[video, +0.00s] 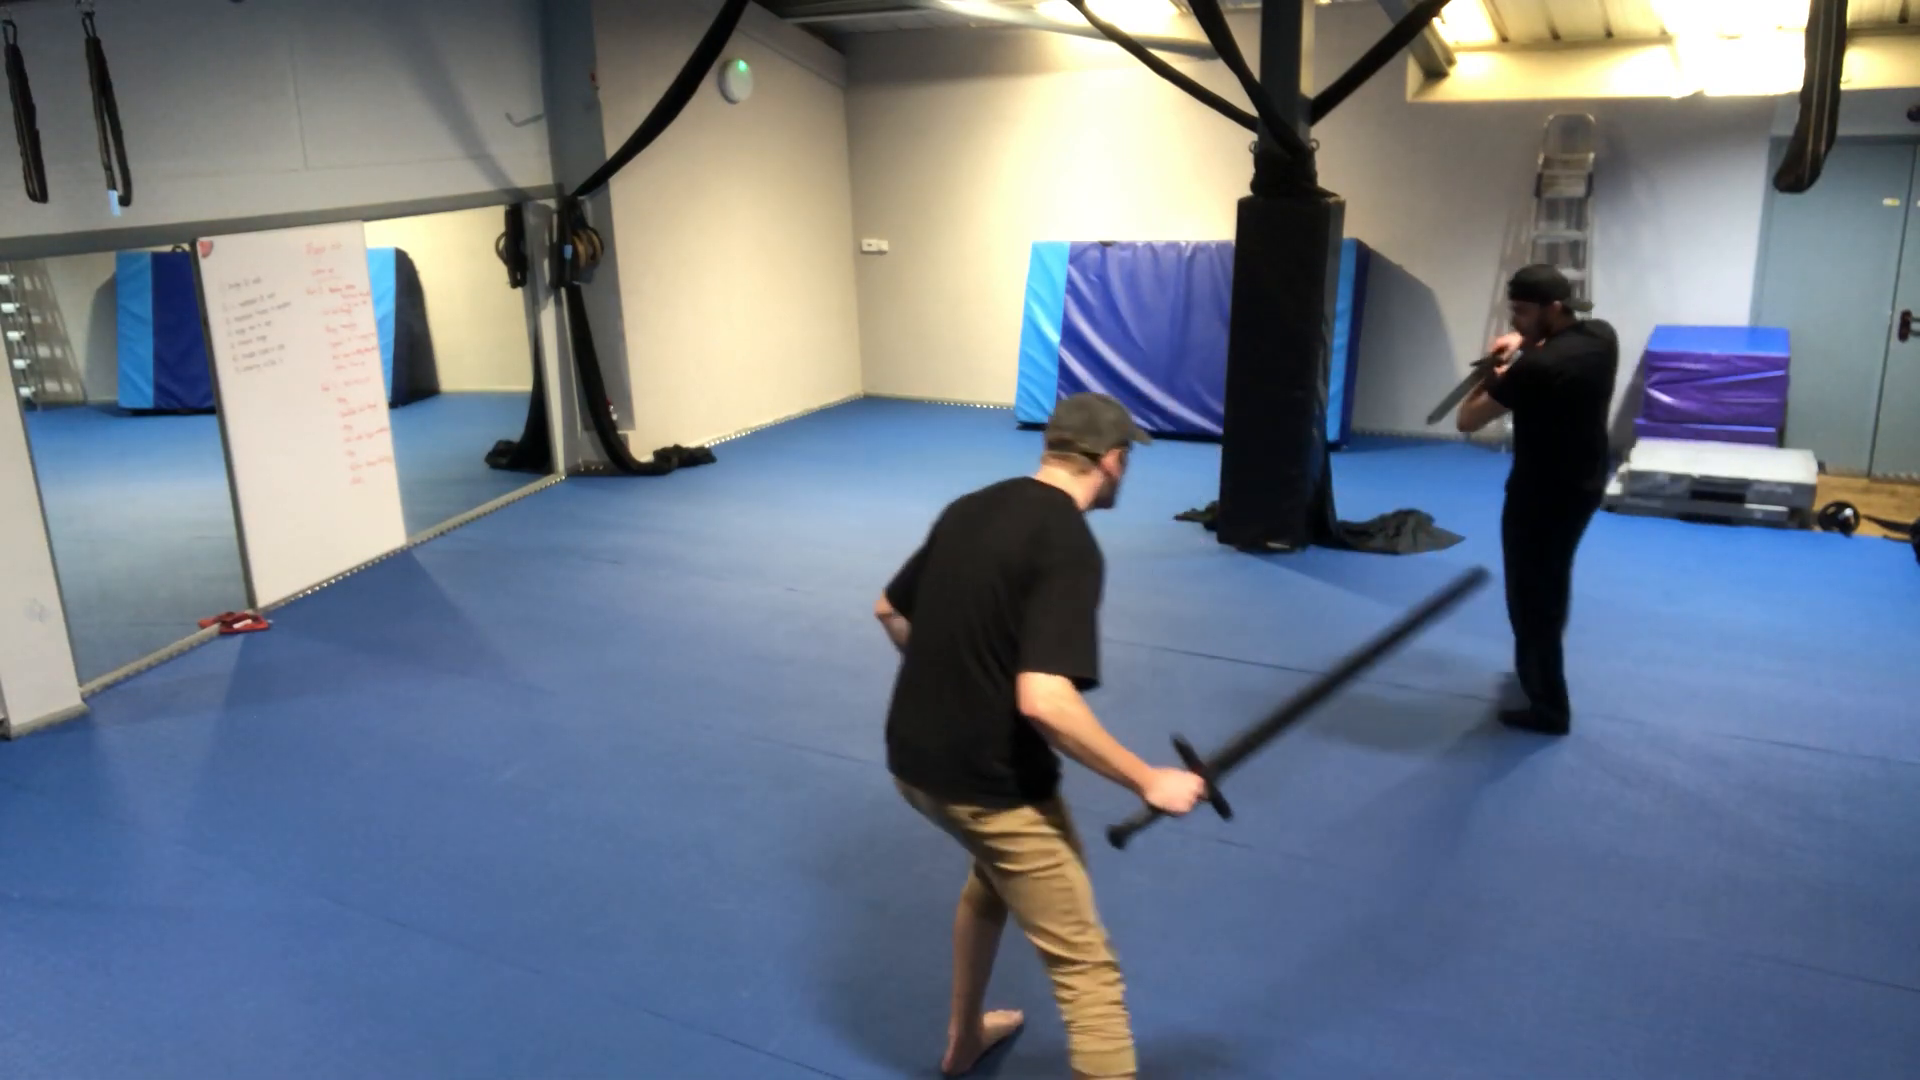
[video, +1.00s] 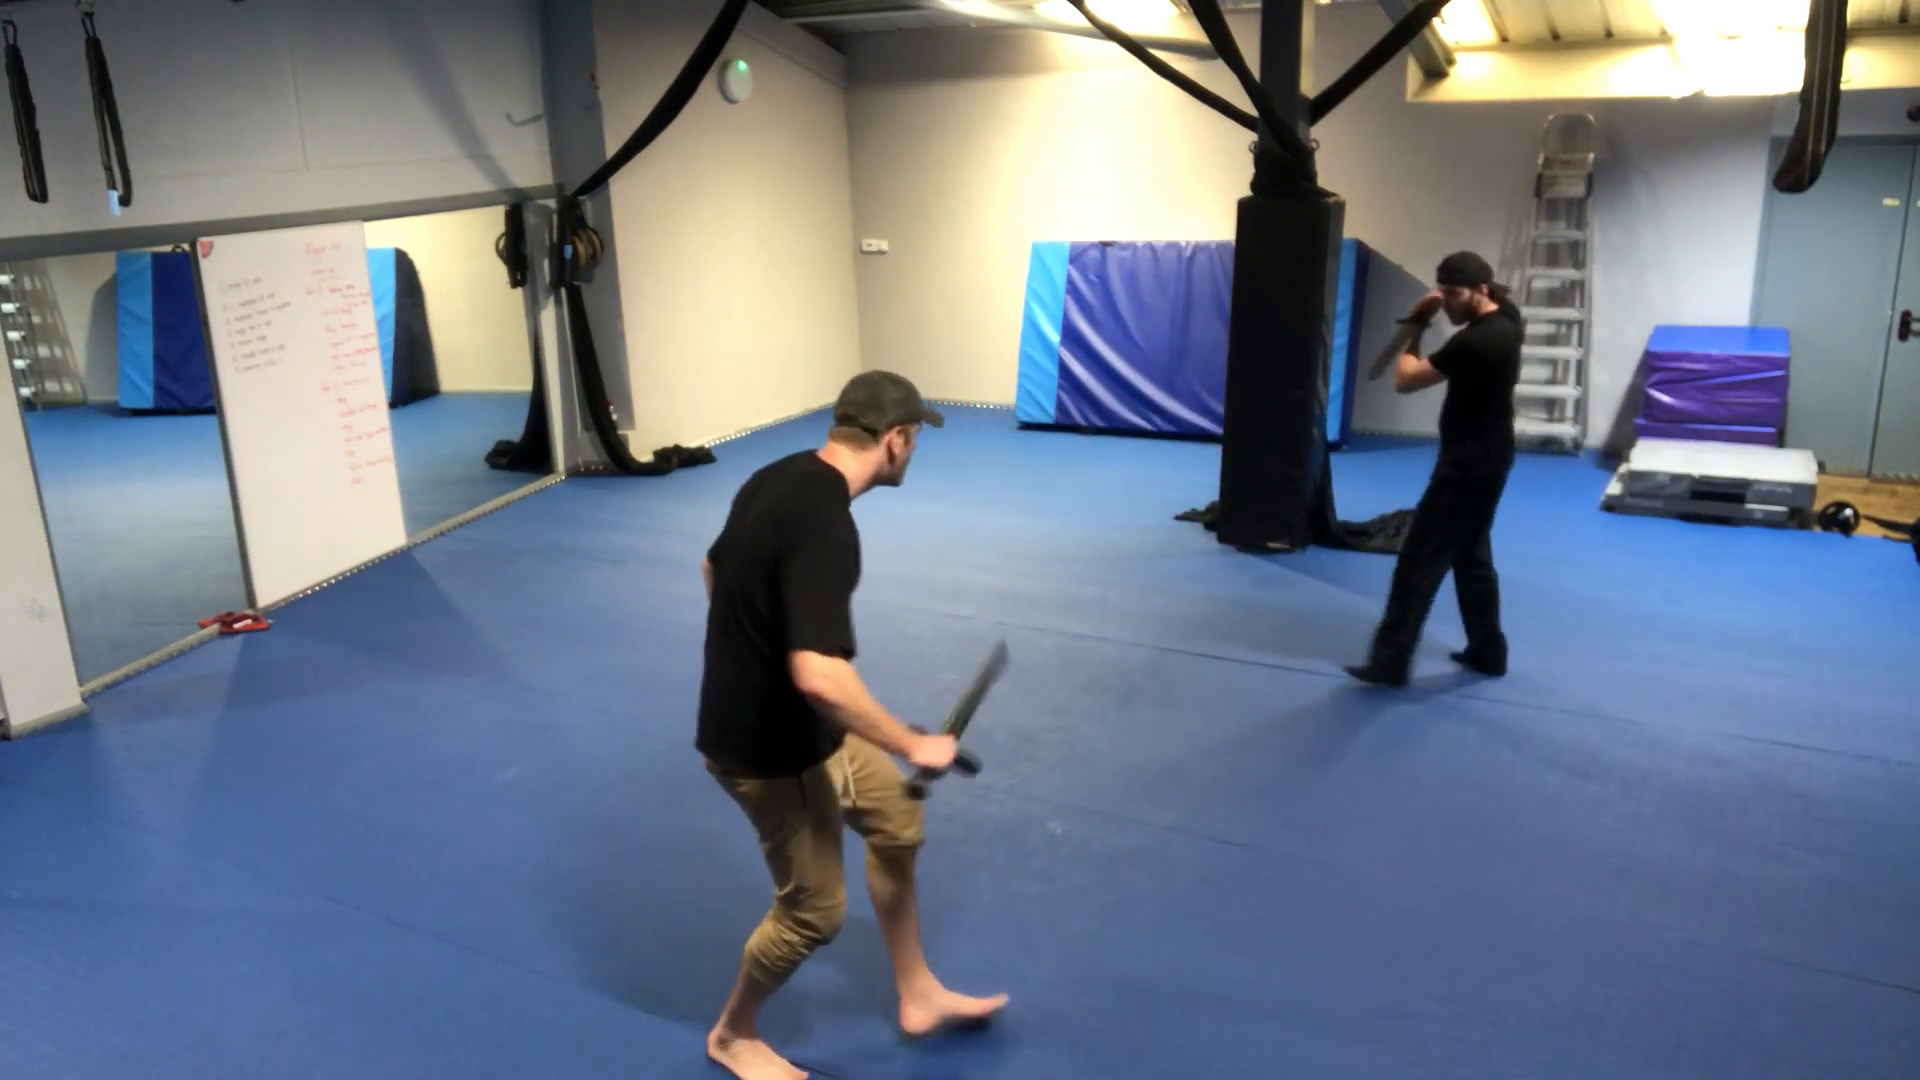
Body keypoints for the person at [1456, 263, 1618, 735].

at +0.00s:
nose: (1515, 319)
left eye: (1522, 311)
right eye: (1513, 310)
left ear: (1552, 310)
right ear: (1562, 309)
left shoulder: (1535, 366)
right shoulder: (1602, 337)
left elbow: (1468, 420)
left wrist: (1496, 372)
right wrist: (1517, 357)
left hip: (1538, 493)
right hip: (1583, 485)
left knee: (1529, 596)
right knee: (1550, 581)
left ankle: (1548, 709)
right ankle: (1538, 675)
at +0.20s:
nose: (1504, 319)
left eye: (1510, 311)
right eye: (1501, 311)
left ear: (1540, 307)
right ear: (1548, 307)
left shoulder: (1520, 362)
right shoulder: (1582, 335)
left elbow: (1457, 412)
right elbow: (1539, 338)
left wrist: (1488, 365)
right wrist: (1504, 337)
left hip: (1521, 488)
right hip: (1561, 479)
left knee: (1519, 596)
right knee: (1523, 568)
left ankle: (1549, 709)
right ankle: (1502, 641)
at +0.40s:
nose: (1491, 310)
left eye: (1498, 302)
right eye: (1488, 301)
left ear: (1528, 299)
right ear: (1535, 299)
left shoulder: (1510, 351)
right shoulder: (1563, 328)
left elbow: (1451, 402)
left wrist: (1471, 357)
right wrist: (1491, 335)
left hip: (1505, 473)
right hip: (1538, 466)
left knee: (1510, 577)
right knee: (1502, 564)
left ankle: (1546, 697)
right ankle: (1492, 650)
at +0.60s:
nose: (1476, 305)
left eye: (1483, 297)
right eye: (1474, 297)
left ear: (1511, 293)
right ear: (1516, 293)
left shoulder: (1502, 342)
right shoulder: (1543, 320)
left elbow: (1440, 392)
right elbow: (1514, 308)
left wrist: (1453, 344)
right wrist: (1477, 316)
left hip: (1493, 463)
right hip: (1519, 457)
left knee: (1469, 568)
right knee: (1490, 561)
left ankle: (1528, 668)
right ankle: (1491, 649)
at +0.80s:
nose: (1464, 301)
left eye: (1470, 292)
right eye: (1461, 293)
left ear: (1498, 290)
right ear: (1502, 289)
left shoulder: (1492, 340)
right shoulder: (1525, 317)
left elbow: (1424, 382)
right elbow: (1502, 290)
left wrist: (1434, 330)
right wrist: (1460, 308)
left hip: (1481, 459)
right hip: (1505, 454)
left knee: (1436, 554)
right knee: (1483, 552)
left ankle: (1472, 662)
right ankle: (1490, 654)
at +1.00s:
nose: (1442, 300)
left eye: (1450, 291)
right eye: (1443, 290)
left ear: (1478, 291)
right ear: (1483, 292)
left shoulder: (1472, 341)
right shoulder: (1507, 321)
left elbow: (1404, 378)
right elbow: (1490, 295)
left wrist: (1416, 325)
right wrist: (1442, 304)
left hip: (1464, 464)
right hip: (1490, 458)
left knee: (1420, 559)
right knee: (1472, 554)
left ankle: (1389, 664)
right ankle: (1487, 651)